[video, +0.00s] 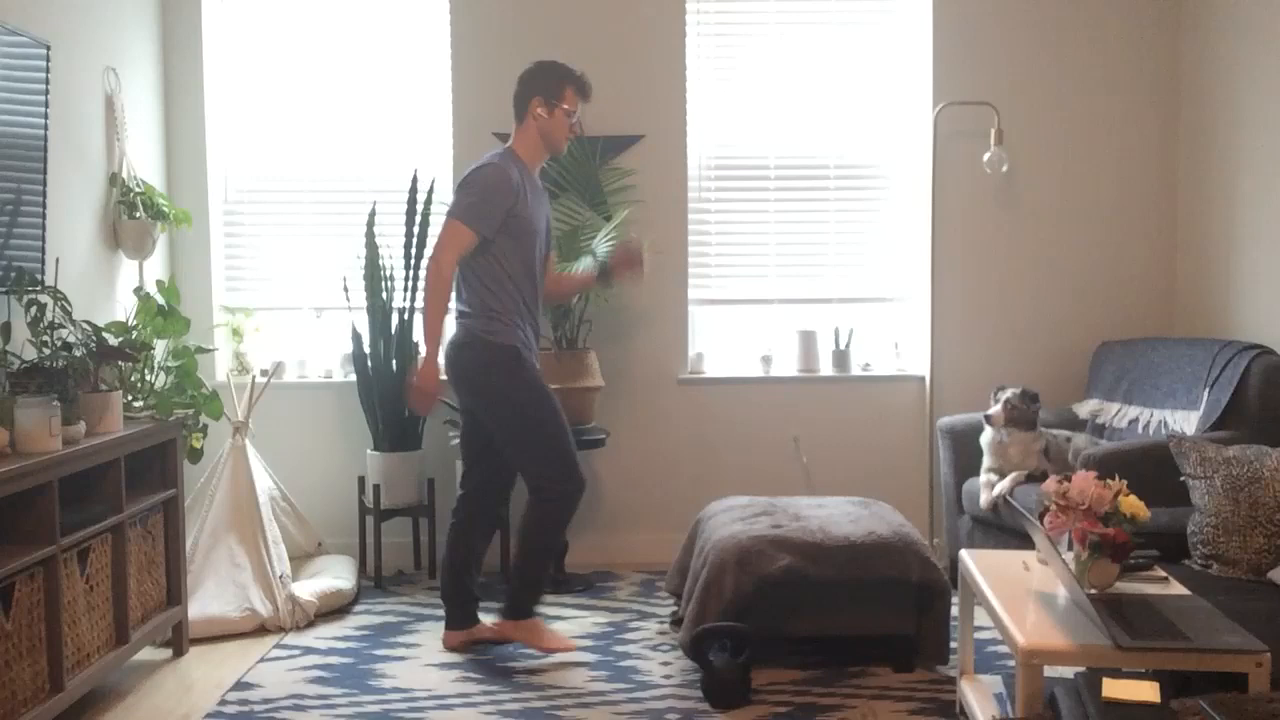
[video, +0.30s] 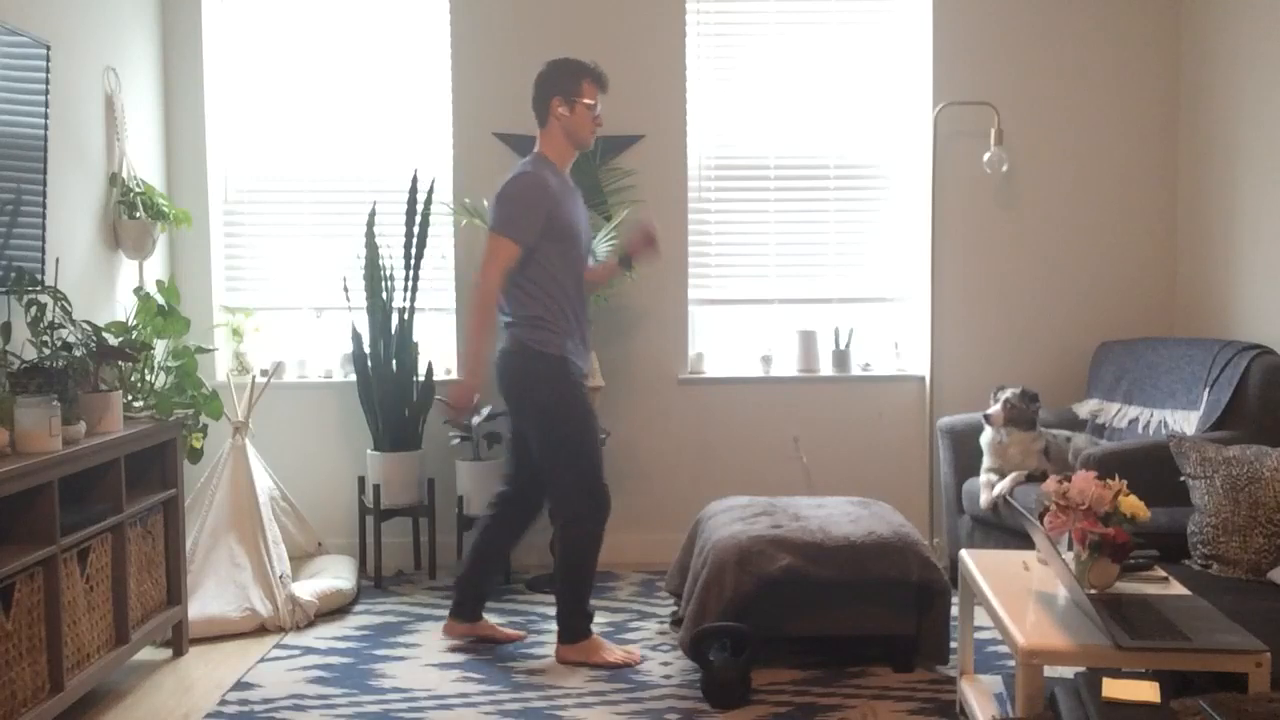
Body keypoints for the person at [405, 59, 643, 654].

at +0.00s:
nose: (576, 127)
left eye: (577, 117)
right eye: (571, 114)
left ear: (546, 114)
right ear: (537, 110)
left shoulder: (533, 189)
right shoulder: (498, 173)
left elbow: (544, 287)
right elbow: (442, 258)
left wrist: (604, 270)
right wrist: (430, 356)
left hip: (498, 354)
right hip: (491, 354)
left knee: (482, 494)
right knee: (561, 482)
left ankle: (461, 625)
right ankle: (519, 617)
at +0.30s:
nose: (599, 119)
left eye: (600, 109)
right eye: (592, 107)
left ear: (568, 111)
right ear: (557, 109)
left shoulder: (563, 187)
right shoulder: (531, 184)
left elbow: (573, 281)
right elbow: (489, 282)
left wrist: (626, 256)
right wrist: (471, 376)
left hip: (548, 362)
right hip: (541, 364)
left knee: (526, 491)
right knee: (584, 498)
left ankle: (464, 616)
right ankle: (575, 637)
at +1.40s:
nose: (769, 10)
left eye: (766, 2)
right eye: (760, 2)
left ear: (735, 12)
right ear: (733, 8)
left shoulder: (728, 81)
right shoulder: (713, 77)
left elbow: (775, 165)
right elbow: (685, 169)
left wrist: (803, 101)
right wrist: (702, 261)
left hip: (723, 255)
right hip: (725, 254)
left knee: (752, 401)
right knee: (834, 322)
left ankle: (740, 543)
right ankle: (754, 419)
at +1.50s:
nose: (771, 7)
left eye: (767, 1)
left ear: (730, 10)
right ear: (732, 6)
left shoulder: (742, 80)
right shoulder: (711, 71)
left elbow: (811, 117)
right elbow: (672, 169)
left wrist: (800, 49)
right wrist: (675, 261)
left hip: (729, 247)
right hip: (734, 238)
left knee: (751, 388)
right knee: (868, 222)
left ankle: (738, 524)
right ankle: (827, 347)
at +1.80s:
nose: (782, 12)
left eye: (780, 4)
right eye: (775, 3)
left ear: (747, 12)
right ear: (747, 8)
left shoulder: (748, 83)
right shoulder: (719, 77)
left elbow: (816, 141)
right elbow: (698, 180)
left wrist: (798, 72)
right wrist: (735, 262)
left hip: (752, 237)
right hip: (740, 238)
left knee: (753, 386)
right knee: (873, 230)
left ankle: (742, 520)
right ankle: (806, 338)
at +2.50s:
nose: (731, 122)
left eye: (731, 111)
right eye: (726, 111)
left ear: (690, 114)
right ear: (696, 113)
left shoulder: (674, 178)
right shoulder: (671, 177)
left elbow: (738, 258)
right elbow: (742, 253)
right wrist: (756, 185)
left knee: (778, 387)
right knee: (646, 504)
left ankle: (739, 516)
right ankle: (600, 636)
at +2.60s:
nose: (713, 113)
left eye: (712, 102)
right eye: (707, 102)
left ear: (676, 108)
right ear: (677, 106)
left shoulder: (667, 171)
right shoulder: (652, 171)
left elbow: (700, 262)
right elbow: (701, 255)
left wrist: (726, 206)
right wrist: (730, 195)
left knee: (763, 366)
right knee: (628, 500)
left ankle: (704, 476)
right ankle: (597, 636)